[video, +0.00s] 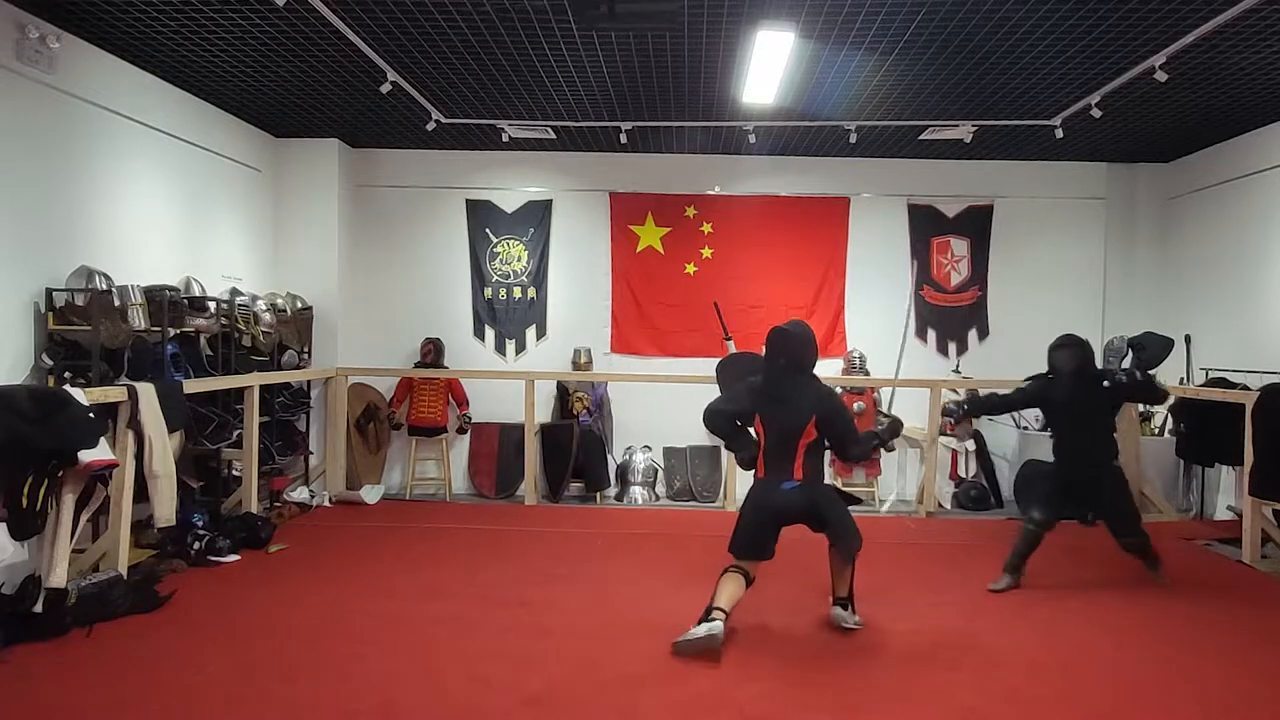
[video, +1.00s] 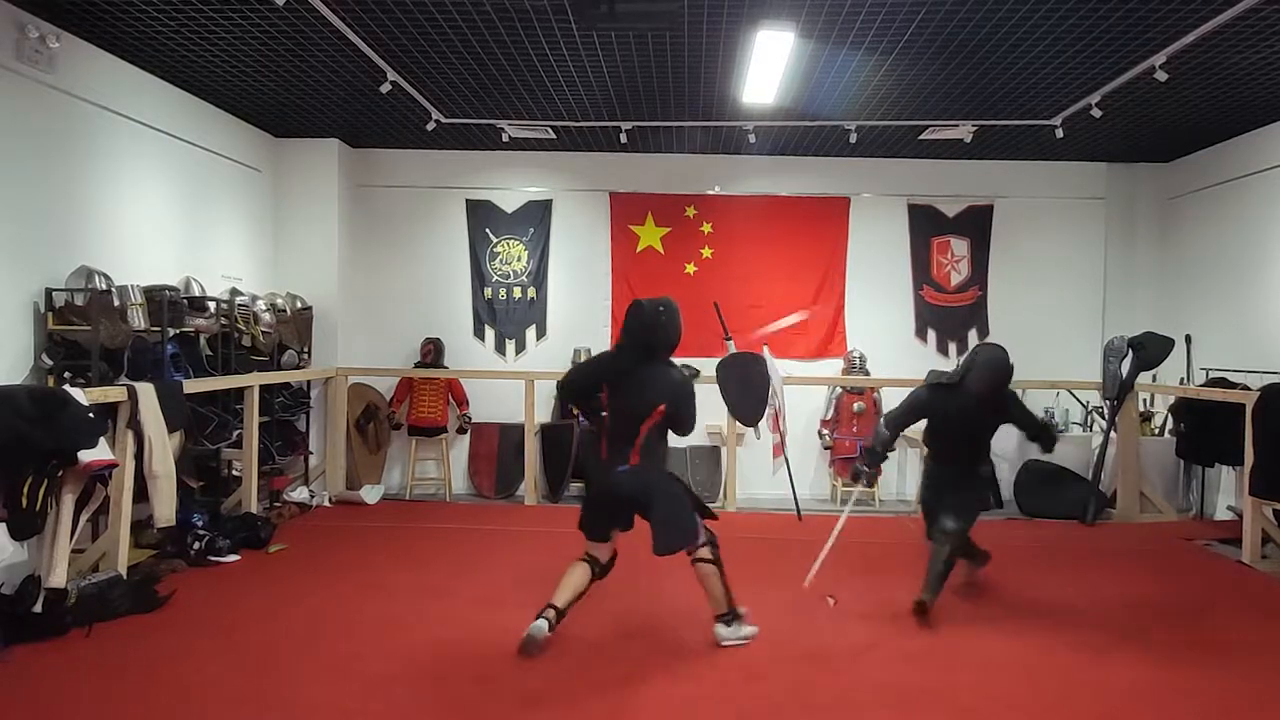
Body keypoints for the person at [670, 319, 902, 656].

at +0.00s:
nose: (812, 357)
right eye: (810, 351)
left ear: (771, 354)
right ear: (809, 356)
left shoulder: (756, 389)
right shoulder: (823, 396)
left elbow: (714, 414)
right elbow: (851, 449)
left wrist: (744, 446)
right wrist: (880, 434)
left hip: (765, 494)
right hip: (811, 494)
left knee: (742, 565)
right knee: (844, 538)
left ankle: (714, 619)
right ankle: (842, 606)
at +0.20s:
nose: (791, 340)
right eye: (788, 334)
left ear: (748, 340)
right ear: (786, 339)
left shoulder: (732, 373)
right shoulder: (799, 382)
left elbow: (694, 405)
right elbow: (830, 436)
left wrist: (727, 433)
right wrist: (869, 425)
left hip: (745, 482)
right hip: (790, 482)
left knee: (720, 549)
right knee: (830, 535)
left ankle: (682, 609)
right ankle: (840, 611)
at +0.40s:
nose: (764, 339)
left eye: (761, 333)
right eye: (761, 333)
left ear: (719, 336)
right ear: (756, 338)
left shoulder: (699, 370)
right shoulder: (762, 380)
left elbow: (656, 394)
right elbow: (791, 435)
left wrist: (684, 427)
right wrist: (841, 430)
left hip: (700, 481)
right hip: (747, 484)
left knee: (687, 552)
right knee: (790, 529)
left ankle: (664, 625)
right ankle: (796, 612)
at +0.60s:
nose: (752, 337)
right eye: (749, 330)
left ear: (706, 335)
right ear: (744, 335)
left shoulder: (688, 370)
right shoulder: (751, 374)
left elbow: (645, 396)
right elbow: (780, 433)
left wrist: (673, 429)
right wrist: (830, 427)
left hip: (689, 480)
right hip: (734, 482)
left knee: (670, 547)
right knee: (770, 536)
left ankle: (656, 620)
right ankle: (753, 614)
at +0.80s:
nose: (730, 342)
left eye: (726, 335)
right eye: (726, 337)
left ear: (685, 345)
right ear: (717, 345)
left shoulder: (667, 379)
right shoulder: (729, 387)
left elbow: (626, 405)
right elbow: (758, 443)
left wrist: (656, 436)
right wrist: (804, 428)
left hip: (667, 489)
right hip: (715, 491)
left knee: (636, 552)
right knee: (766, 537)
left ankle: (582, 605)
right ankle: (753, 615)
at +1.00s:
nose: (679, 334)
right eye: (675, 328)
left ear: (629, 331)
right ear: (672, 336)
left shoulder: (610, 362)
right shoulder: (675, 380)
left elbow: (570, 387)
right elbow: (683, 426)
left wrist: (601, 414)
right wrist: (679, 385)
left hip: (602, 477)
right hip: (649, 477)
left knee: (596, 556)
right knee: (700, 541)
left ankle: (546, 619)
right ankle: (727, 621)